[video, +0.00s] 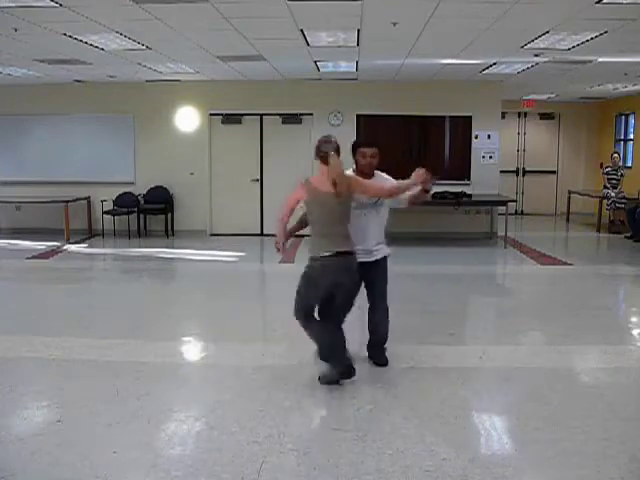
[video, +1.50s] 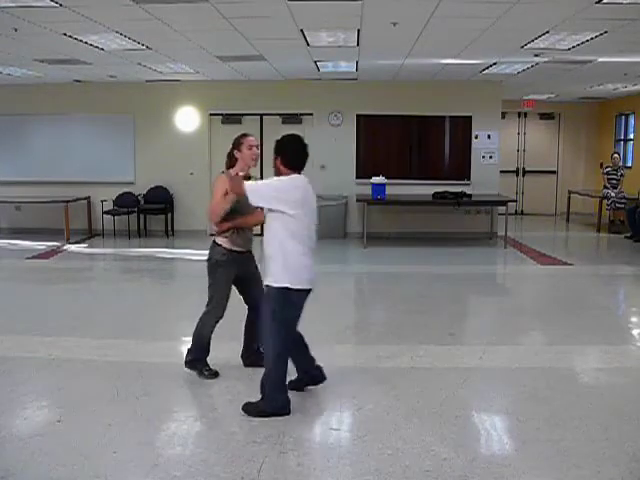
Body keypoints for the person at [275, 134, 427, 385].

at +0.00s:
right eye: (340, 155)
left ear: (316, 157)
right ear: (339, 155)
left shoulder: (308, 186)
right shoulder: (349, 182)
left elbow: (284, 215)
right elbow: (387, 191)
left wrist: (281, 241)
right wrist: (412, 181)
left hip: (322, 263)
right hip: (348, 261)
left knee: (303, 313)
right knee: (331, 316)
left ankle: (338, 360)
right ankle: (339, 367)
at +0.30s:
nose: (370, 160)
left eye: (375, 156)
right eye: (367, 155)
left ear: (384, 159)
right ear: (363, 158)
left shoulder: (396, 180)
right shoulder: (358, 183)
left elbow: (391, 164)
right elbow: (349, 217)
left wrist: (374, 141)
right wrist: (331, 234)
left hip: (394, 256)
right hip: (369, 256)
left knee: (386, 305)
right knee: (378, 305)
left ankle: (382, 350)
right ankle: (409, 335)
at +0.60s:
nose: (367, 159)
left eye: (373, 155)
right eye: (366, 155)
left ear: (387, 158)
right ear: (367, 158)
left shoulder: (393, 175)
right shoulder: (371, 186)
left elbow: (360, 166)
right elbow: (359, 218)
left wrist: (341, 142)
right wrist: (340, 233)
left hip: (395, 256)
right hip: (375, 257)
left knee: (390, 309)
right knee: (370, 302)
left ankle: (400, 363)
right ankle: (403, 331)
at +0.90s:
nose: (343, 159)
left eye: (348, 155)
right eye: (345, 154)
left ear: (362, 161)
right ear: (358, 160)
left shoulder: (374, 184)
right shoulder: (349, 187)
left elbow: (344, 211)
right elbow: (326, 216)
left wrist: (329, 180)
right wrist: (295, 226)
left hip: (376, 269)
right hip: (352, 269)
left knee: (386, 322)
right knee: (341, 324)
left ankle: (400, 364)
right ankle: (325, 371)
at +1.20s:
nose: (307, 160)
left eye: (310, 156)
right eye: (308, 155)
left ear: (322, 160)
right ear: (322, 161)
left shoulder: (340, 187)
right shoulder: (312, 189)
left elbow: (303, 217)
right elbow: (283, 209)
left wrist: (275, 217)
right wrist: (261, 214)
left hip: (333, 271)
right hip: (312, 269)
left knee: (313, 324)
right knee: (308, 323)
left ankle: (345, 368)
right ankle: (317, 375)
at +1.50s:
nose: (272, 161)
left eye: (274, 157)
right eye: (274, 157)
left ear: (280, 161)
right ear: (302, 161)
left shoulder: (289, 187)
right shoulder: (303, 187)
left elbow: (242, 189)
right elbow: (265, 213)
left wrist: (232, 177)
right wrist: (234, 224)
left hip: (285, 279)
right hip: (296, 277)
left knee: (275, 337)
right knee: (284, 330)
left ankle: (274, 401)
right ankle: (310, 370)